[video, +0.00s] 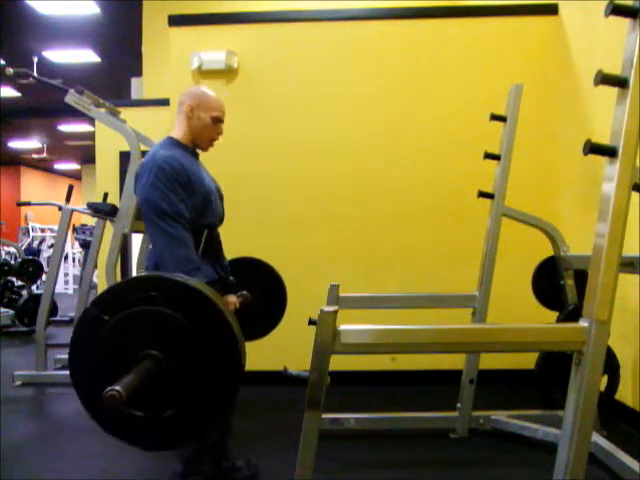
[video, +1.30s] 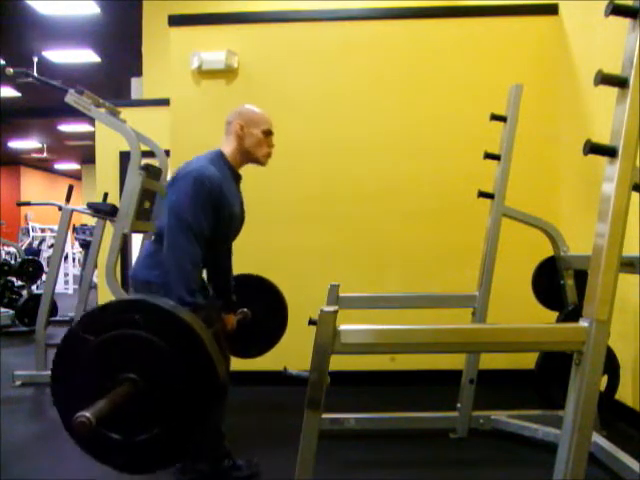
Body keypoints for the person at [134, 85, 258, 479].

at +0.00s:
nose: (221, 131)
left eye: (222, 123)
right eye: (216, 121)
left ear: (192, 115)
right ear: (190, 114)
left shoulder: (187, 161)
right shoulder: (163, 163)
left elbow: (203, 240)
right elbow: (173, 247)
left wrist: (227, 284)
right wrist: (214, 295)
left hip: (200, 296)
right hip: (180, 300)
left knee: (216, 377)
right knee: (201, 380)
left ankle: (212, 459)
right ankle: (203, 462)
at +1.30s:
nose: (272, 142)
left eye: (272, 135)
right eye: (266, 134)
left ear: (244, 135)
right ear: (238, 131)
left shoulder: (227, 182)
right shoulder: (200, 175)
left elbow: (218, 253)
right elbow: (181, 250)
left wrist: (227, 306)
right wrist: (203, 310)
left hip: (189, 292)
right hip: (160, 292)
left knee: (211, 372)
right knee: (196, 376)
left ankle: (209, 455)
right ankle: (199, 459)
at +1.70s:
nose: (302, 188)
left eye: (302, 180)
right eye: (296, 179)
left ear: (272, 178)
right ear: (270, 175)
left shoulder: (248, 221)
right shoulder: (221, 210)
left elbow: (232, 285)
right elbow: (196, 283)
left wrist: (234, 335)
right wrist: (203, 348)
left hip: (173, 285)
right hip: (149, 283)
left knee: (194, 370)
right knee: (174, 372)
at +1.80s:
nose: (309, 198)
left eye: (308, 190)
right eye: (303, 189)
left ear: (278, 185)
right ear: (278, 185)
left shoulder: (251, 226)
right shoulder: (229, 220)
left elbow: (235, 291)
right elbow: (201, 291)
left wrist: (235, 341)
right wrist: (206, 358)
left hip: (175, 284)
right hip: (150, 281)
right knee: (169, 368)